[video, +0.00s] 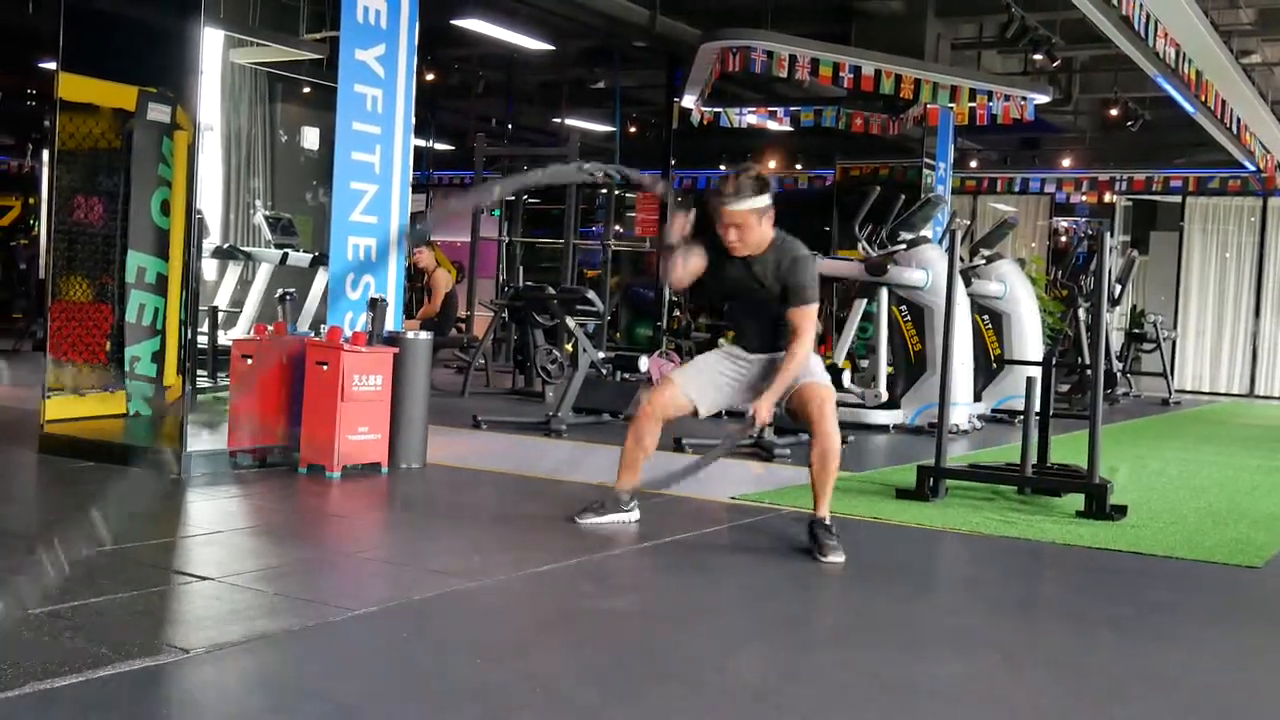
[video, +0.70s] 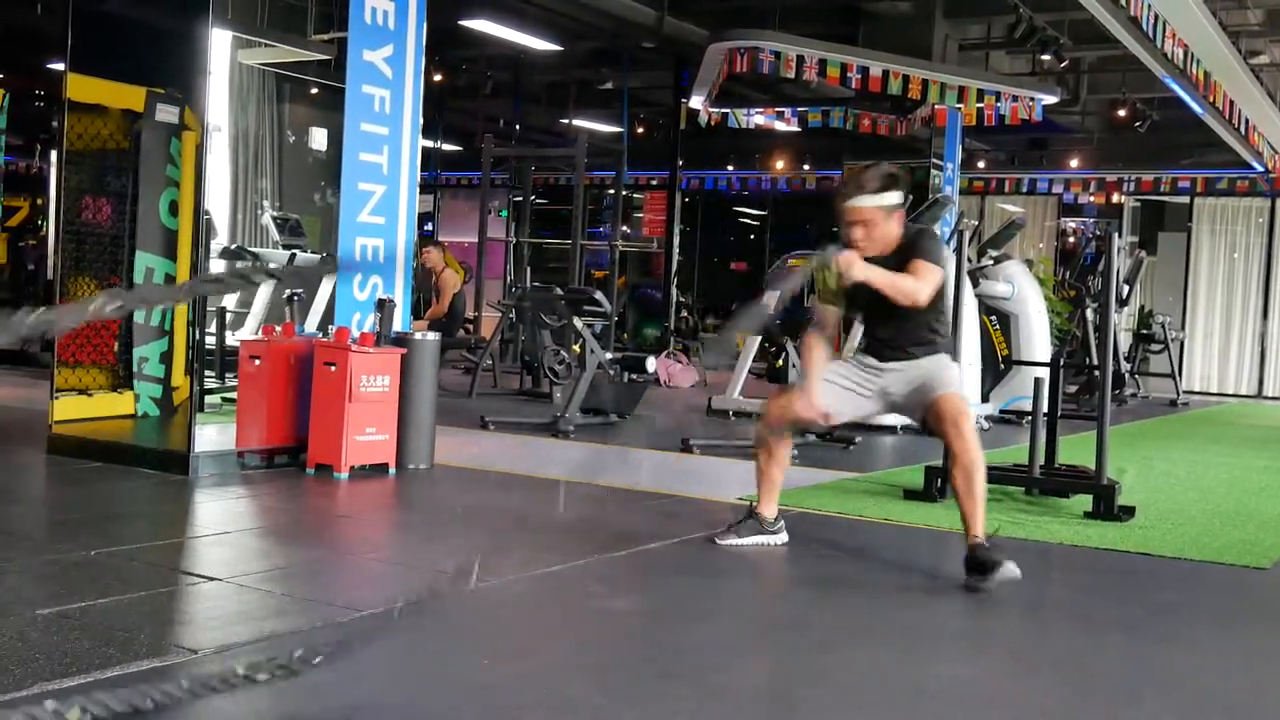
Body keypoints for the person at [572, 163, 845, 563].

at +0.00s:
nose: (729, 236)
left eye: (738, 227)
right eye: (723, 226)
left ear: (768, 220)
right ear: (716, 221)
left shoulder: (795, 259)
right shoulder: (712, 248)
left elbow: (803, 340)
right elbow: (677, 279)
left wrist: (770, 397)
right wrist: (673, 246)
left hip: (790, 360)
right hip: (734, 357)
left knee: (823, 408)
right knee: (654, 403)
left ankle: (823, 522)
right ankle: (623, 501)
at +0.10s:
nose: (716, 240)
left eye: (724, 231)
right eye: (709, 231)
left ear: (752, 220)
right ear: (701, 226)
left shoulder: (784, 249)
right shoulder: (700, 257)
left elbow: (800, 308)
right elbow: (686, 320)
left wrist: (759, 332)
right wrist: (667, 360)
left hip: (782, 367)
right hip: (719, 365)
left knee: (825, 404)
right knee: (644, 403)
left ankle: (829, 520)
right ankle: (623, 502)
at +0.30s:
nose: (757, 245)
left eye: (764, 236)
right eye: (749, 237)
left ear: (793, 226)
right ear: (742, 233)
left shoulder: (817, 253)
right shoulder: (738, 255)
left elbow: (816, 303)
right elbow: (705, 308)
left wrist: (758, 273)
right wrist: (685, 345)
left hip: (803, 374)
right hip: (742, 369)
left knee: (847, 408)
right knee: (658, 408)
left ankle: (855, 528)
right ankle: (621, 499)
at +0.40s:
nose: (784, 235)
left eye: (793, 226)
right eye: (781, 225)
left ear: (824, 216)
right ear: (777, 218)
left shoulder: (855, 256)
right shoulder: (775, 235)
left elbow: (851, 334)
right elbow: (737, 249)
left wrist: (809, 375)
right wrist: (708, 256)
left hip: (838, 356)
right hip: (782, 352)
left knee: (875, 416)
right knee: (705, 414)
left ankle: (862, 529)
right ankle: (640, 498)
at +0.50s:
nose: (794, 223)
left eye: (802, 215)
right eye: (791, 214)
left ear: (834, 206)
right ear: (788, 208)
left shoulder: (868, 242)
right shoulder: (792, 229)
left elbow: (883, 323)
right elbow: (742, 245)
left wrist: (850, 376)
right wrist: (731, 218)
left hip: (873, 350)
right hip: (816, 348)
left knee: (908, 399)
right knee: (735, 396)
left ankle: (889, 520)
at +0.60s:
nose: (811, 229)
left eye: (820, 219)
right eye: (806, 219)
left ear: (852, 209)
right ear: (800, 212)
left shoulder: (885, 235)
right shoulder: (804, 250)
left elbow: (903, 300)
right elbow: (775, 303)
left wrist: (858, 326)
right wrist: (752, 297)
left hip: (898, 353)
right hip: (835, 354)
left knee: (933, 415)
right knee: (758, 408)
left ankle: (944, 539)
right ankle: (766, 519)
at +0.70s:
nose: (854, 235)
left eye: (863, 225)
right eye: (847, 225)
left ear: (896, 218)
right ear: (841, 222)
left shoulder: (926, 241)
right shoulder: (842, 258)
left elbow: (918, 292)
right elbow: (820, 330)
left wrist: (863, 271)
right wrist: (811, 392)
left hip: (926, 370)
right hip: (864, 369)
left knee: (958, 418)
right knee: (776, 412)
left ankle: (977, 547)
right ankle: (766, 519)